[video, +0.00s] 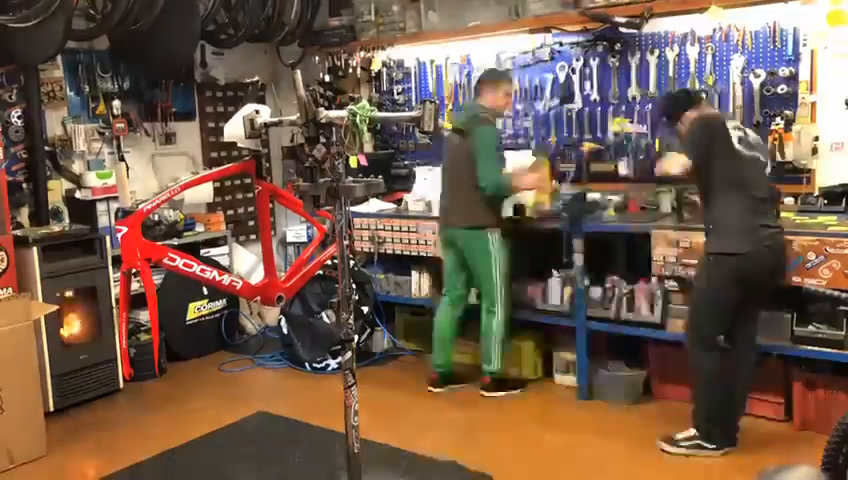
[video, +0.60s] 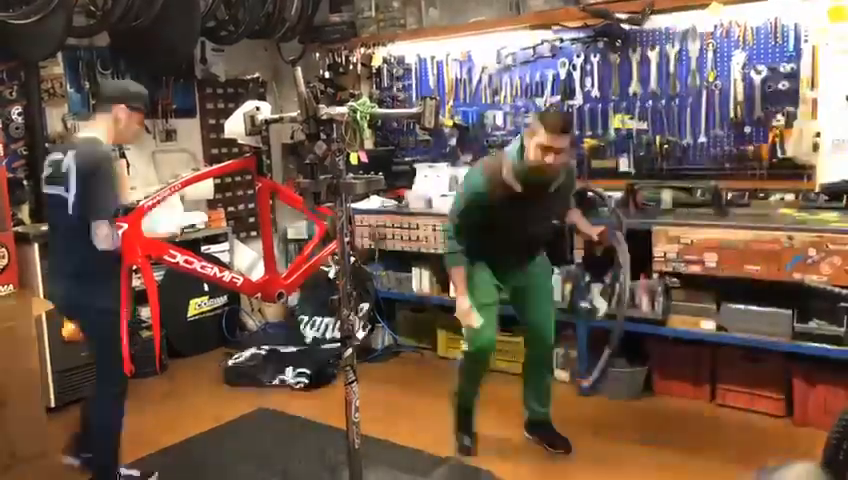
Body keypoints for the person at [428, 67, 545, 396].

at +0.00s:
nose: (509, 103)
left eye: (510, 96)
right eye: (507, 95)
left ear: (480, 92)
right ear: (492, 93)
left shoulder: (459, 126)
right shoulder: (484, 129)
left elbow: (462, 179)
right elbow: (491, 183)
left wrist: (512, 178)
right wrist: (524, 181)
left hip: (451, 224)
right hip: (479, 227)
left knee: (452, 296)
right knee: (495, 301)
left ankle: (441, 370)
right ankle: (492, 375)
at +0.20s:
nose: (534, 99)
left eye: (535, 92)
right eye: (532, 91)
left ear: (509, 89)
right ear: (516, 88)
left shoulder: (487, 125)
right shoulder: (513, 124)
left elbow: (491, 179)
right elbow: (528, 176)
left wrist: (538, 175)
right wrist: (552, 178)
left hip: (497, 228)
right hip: (523, 229)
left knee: (494, 303)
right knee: (532, 306)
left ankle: (501, 379)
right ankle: (536, 388)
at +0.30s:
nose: (506, 95)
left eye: (507, 89)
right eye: (502, 88)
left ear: (484, 88)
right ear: (481, 87)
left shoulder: (482, 130)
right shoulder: (471, 131)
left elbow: (509, 174)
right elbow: (478, 183)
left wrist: (545, 152)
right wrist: (530, 182)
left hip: (497, 235)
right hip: (486, 238)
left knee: (492, 316)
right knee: (482, 322)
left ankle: (492, 382)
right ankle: (480, 404)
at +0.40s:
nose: (505, 88)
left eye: (521, 72)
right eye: (494, 74)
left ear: (556, 72)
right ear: (483, 76)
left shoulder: (602, 171)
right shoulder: (450, 166)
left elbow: (637, 285)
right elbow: (408, 279)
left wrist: (564, 319)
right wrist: (464, 308)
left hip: (560, 405)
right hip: (472, 403)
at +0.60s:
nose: (551, 160)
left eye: (559, 151)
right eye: (544, 150)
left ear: (570, 149)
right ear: (526, 139)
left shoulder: (565, 173)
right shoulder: (486, 177)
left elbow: (561, 206)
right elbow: (453, 234)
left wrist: (587, 227)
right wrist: (461, 295)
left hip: (530, 259)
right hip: (481, 261)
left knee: (543, 338)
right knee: (481, 342)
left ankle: (538, 421)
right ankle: (465, 416)